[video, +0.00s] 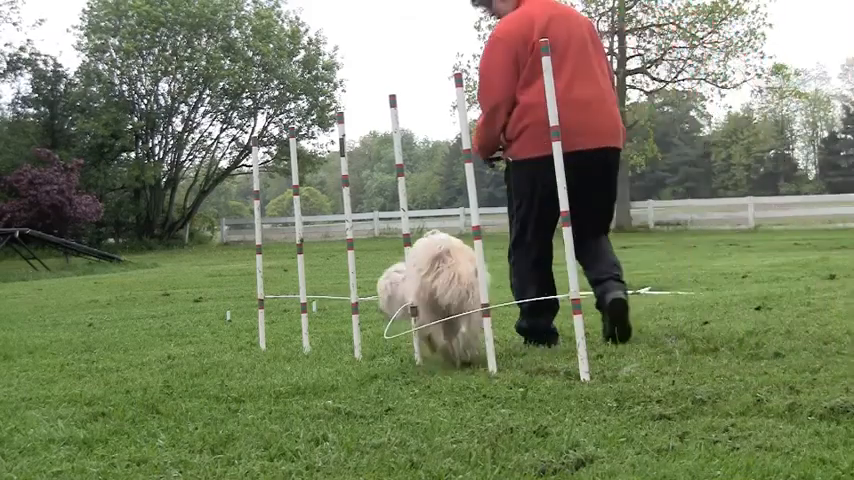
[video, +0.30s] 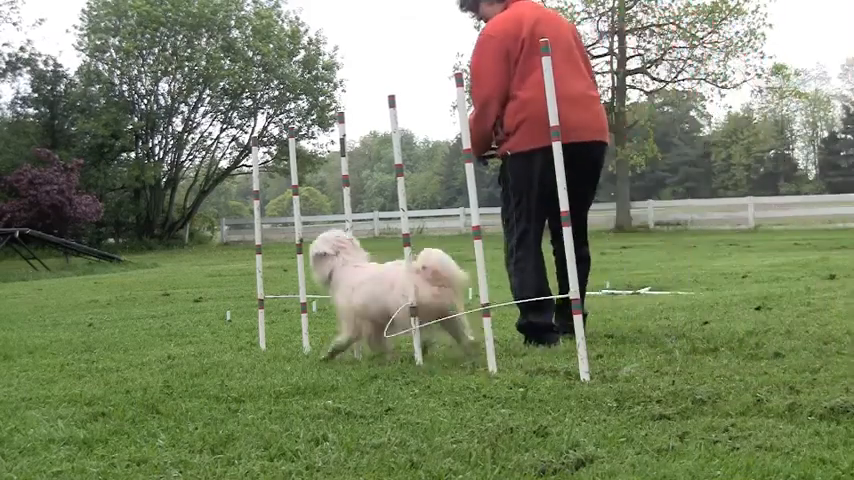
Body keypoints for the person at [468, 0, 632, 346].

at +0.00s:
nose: (491, 15)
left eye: (490, 8)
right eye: (488, 11)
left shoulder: (508, 29)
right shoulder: (582, 21)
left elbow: (496, 100)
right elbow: (604, 80)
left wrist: (484, 146)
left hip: (536, 145)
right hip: (601, 139)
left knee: (530, 239)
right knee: (591, 230)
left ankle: (538, 330)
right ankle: (612, 292)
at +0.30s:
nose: (478, 20)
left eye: (476, 12)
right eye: (474, 14)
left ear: (489, 1)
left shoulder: (496, 29)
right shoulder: (563, 22)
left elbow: (488, 99)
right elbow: (586, 78)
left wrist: (478, 147)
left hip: (533, 137)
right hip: (590, 132)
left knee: (523, 235)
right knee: (572, 229)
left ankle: (539, 331)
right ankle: (572, 319)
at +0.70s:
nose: (486, 36)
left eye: (483, 28)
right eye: (481, 32)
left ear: (495, 10)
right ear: (518, 6)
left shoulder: (504, 40)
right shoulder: (563, 34)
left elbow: (495, 112)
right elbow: (578, 90)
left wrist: (482, 157)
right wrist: (521, 142)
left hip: (542, 146)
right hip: (595, 140)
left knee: (522, 240)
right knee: (579, 240)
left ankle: (540, 317)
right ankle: (579, 319)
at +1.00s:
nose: (470, 41)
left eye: (469, 33)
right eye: (467, 35)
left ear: (480, 21)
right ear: (506, 16)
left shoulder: (484, 51)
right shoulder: (549, 43)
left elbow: (479, 117)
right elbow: (575, 92)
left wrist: (479, 163)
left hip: (524, 150)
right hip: (582, 144)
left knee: (501, 235)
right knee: (572, 234)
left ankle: (499, 322)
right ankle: (577, 319)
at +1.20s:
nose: (444, 54)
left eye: (444, 46)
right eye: (442, 48)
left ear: (457, 35)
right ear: (480, 31)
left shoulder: (456, 65)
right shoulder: (521, 55)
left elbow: (449, 134)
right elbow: (552, 104)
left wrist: (450, 186)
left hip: (501, 160)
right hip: (557, 152)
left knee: (472, 245)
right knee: (558, 240)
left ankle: (441, 320)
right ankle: (574, 318)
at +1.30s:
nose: (424, 64)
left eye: (424, 57)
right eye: (421, 59)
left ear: (435, 46)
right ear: (459, 42)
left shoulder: (433, 81)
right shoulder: (499, 62)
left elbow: (427, 144)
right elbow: (535, 107)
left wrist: (429, 200)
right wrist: (544, 147)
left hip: (481, 165)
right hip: (536, 153)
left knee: (460, 251)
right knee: (550, 239)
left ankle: (436, 325)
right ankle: (573, 316)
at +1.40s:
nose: (399, 75)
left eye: (400, 68)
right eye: (397, 69)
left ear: (411, 59)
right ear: (434, 54)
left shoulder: (409, 90)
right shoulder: (474, 71)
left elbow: (391, 160)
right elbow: (511, 113)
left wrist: (367, 202)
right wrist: (533, 154)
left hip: (459, 169)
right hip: (517, 155)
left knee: (440, 248)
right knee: (541, 238)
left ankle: (430, 328)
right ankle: (569, 318)